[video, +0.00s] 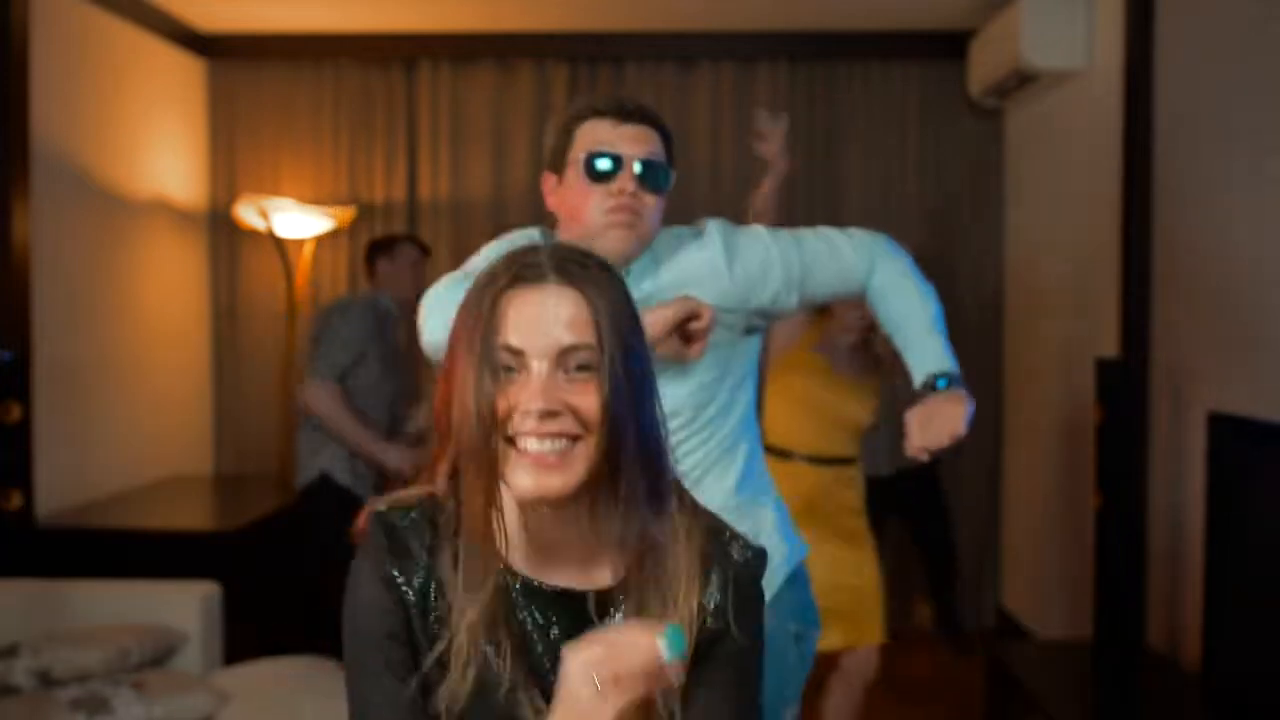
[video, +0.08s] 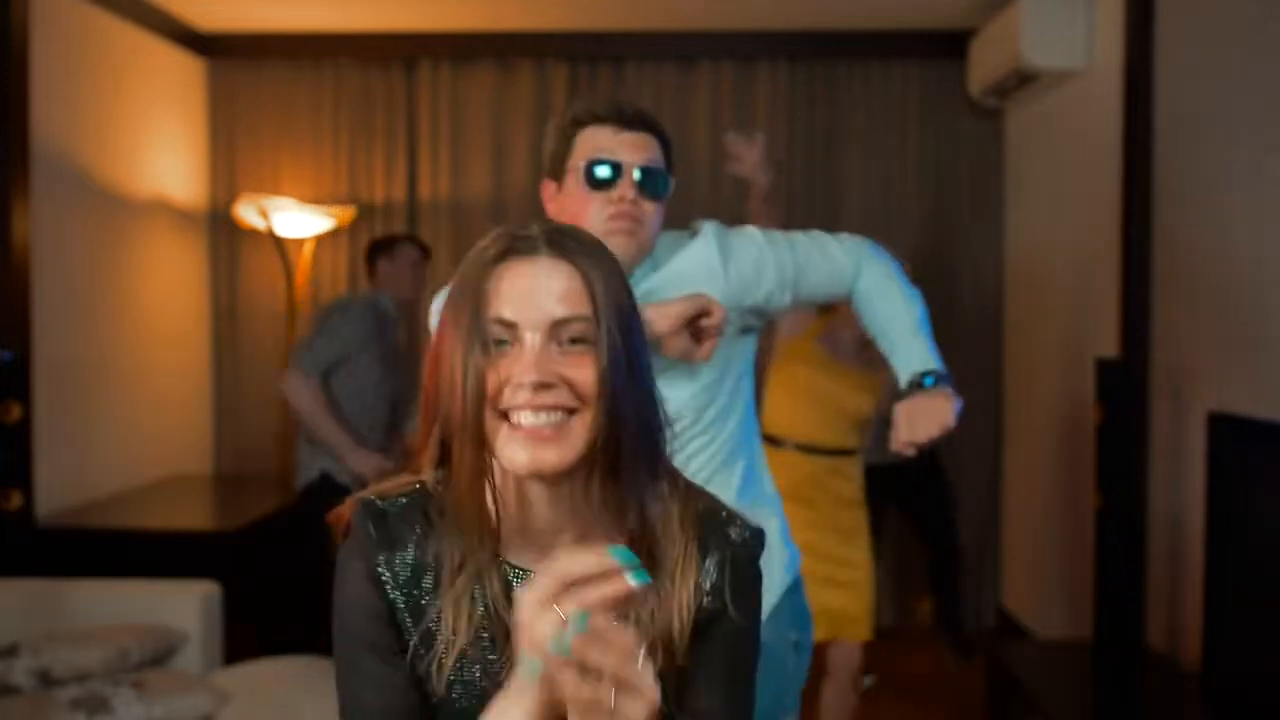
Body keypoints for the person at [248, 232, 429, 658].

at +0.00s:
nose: (421, 276)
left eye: (422, 266)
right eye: (413, 265)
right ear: (381, 268)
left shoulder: (402, 330)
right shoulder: (356, 315)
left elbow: (401, 411)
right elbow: (317, 392)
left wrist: (417, 436)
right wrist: (386, 452)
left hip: (370, 485)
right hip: (334, 483)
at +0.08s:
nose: (419, 276)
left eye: (421, 266)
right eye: (410, 265)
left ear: (420, 273)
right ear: (382, 268)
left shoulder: (401, 327)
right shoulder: (357, 314)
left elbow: (397, 407)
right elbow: (297, 381)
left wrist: (404, 449)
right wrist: (355, 454)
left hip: (374, 488)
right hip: (335, 488)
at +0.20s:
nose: (417, 267)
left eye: (419, 258)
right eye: (408, 256)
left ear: (418, 264)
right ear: (379, 259)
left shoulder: (409, 323)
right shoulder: (343, 308)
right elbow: (272, 361)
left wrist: (414, 444)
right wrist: (323, 438)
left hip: (394, 481)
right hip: (339, 481)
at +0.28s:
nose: (412, 257)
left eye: (415, 248)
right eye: (405, 246)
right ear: (376, 247)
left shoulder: (402, 314)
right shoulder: (337, 301)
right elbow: (252, 350)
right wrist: (308, 423)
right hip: (340, 474)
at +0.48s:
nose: (396, 249)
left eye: (398, 239)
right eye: (386, 237)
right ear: (355, 240)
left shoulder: (397, 316)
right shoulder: (315, 302)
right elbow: (229, 350)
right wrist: (292, 408)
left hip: (391, 477)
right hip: (334, 476)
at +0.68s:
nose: (377, 251)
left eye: (378, 241)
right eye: (364, 241)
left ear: (383, 246)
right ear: (333, 251)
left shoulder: (397, 318)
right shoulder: (301, 323)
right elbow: (233, 394)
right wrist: (298, 430)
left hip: (397, 485)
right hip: (333, 491)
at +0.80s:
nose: (366, 262)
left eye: (367, 250)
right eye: (353, 251)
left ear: (373, 254)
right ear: (321, 266)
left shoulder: (398, 325)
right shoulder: (299, 338)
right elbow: (244, 424)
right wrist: (309, 449)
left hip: (400, 496)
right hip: (329, 503)